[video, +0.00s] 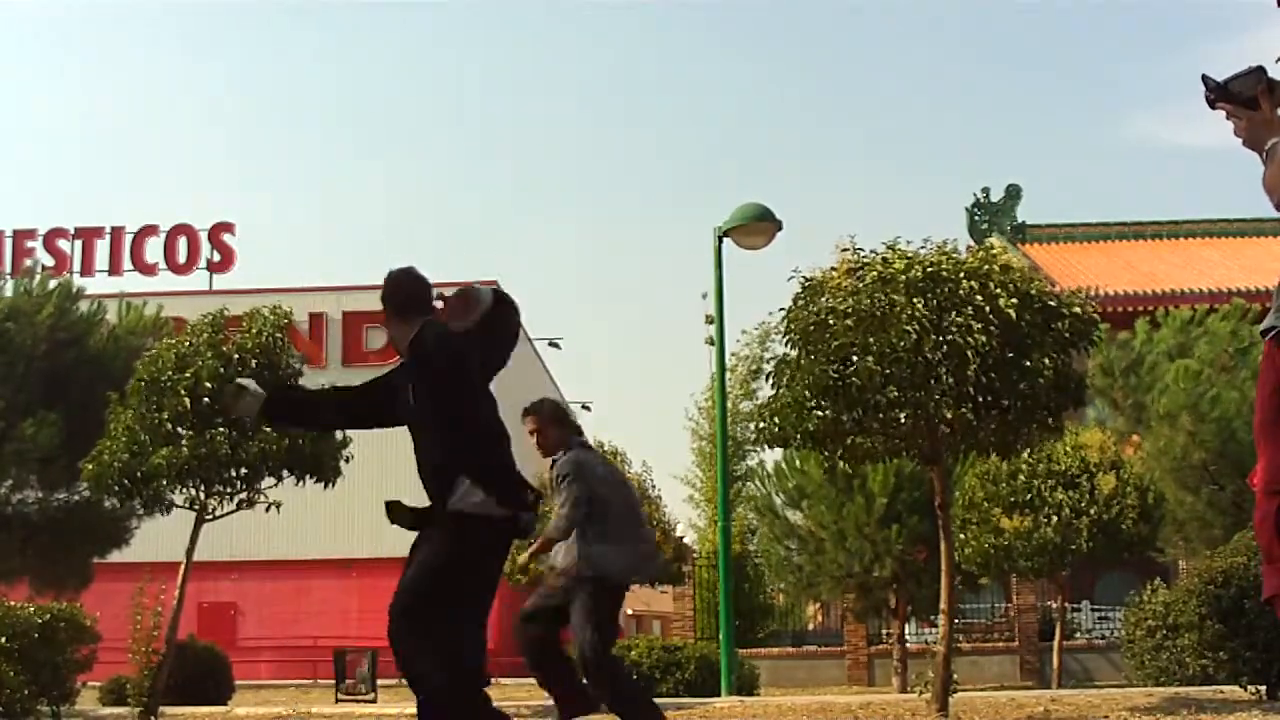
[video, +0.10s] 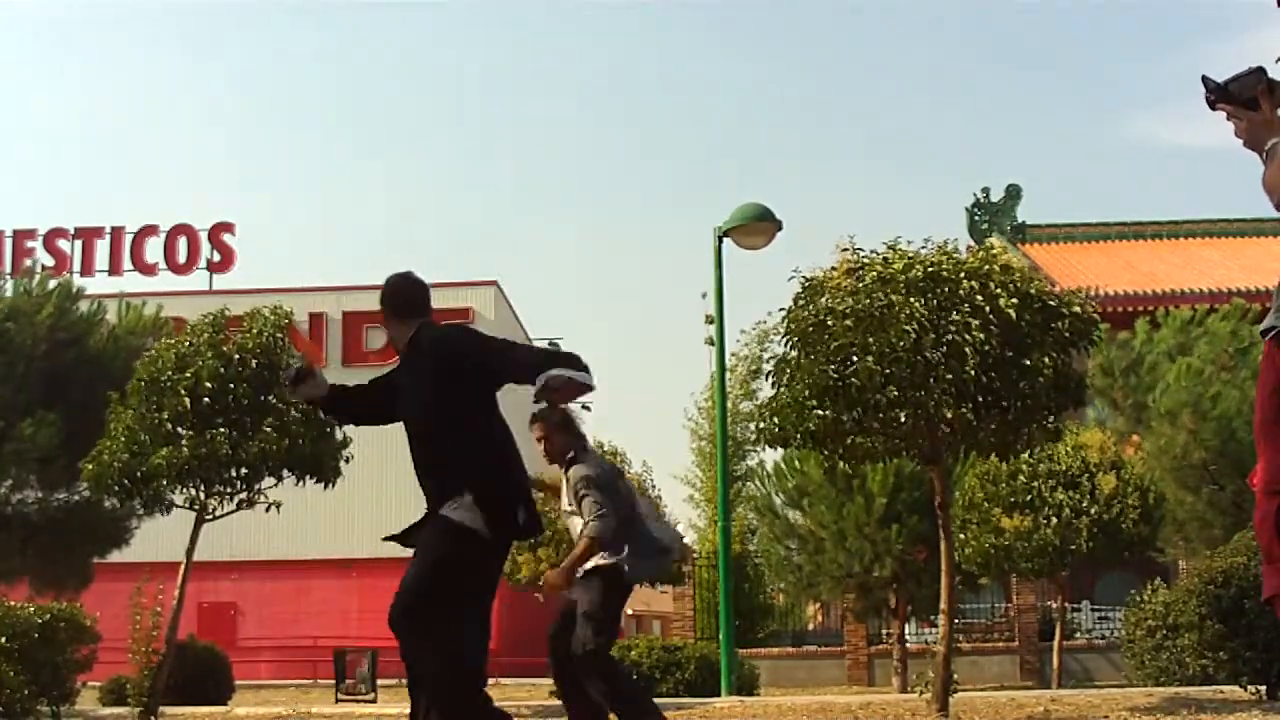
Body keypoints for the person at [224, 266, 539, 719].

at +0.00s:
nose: (384, 331)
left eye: (384, 321)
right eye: (386, 323)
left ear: (387, 317)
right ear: (429, 307)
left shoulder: (449, 347)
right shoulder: (409, 379)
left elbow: (501, 334)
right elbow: (346, 403)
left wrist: (490, 301)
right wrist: (267, 405)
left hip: (481, 512)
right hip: (460, 514)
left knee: (412, 619)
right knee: (451, 625)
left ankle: (455, 709)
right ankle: (466, 706)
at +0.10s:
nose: (383, 327)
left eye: (382, 319)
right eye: (385, 321)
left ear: (385, 317)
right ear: (426, 309)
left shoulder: (450, 343)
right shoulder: (409, 376)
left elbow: (526, 359)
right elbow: (368, 401)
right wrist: (322, 394)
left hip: (478, 501)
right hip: (465, 505)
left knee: (411, 614)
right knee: (461, 621)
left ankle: (445, 708)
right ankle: (463, 707)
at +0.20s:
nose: (384, 327)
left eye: (383, 318)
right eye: (387, 319)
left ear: (386, 315)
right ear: (428, 306)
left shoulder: (445, 343)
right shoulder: (419, 363)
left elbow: (519, 399)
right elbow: (385, 428)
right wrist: (370, 404)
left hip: (469, 506)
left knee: (409, 614)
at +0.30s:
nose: (386, 328)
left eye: (386, 318)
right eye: (387, 319)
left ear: (390, 312)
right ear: (431, 306)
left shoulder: (433, 351)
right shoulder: (448, 347)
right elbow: (443, 435)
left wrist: (454, 504)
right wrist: (398, 422)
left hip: (469, 514)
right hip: (492, 514)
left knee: (409, 616)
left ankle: (466, 707)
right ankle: (466, 708)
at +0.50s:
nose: (388, 335)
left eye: (386, 327)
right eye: (390, 329)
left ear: (390, 322)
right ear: (434, 317)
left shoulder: (404, 363)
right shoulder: (482, 366)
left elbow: (343, 419)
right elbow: (511, 445)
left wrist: (276, 458)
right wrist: (541, 516)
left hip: (469, 522)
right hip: (519, 516)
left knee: (405, 621)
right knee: (486, 629)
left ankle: (468, 710)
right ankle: (477, 710)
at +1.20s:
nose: (383, 323)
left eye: (380, 316)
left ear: (381, 315)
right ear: (427, 312)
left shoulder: (383, 355)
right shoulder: (473, 360)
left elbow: (327, 426)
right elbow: (511, 428)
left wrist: (309, 446)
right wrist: (510, 495)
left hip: (453, 511)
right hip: (510, 508)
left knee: (401, 621)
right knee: (493, 629)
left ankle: (466, 705)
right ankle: (497, 709)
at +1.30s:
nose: (382, 319)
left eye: (381, 313)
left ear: (383, 312)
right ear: (428, 311)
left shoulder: (385, 353)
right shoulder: (471, 358)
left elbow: (340, 431)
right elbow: (516, 427)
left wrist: (313, 464)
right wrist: (483, 472)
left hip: (445, 512)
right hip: (505, 506)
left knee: (395, 621)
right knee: (488, 629)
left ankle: (466, 704)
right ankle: (491, 708)